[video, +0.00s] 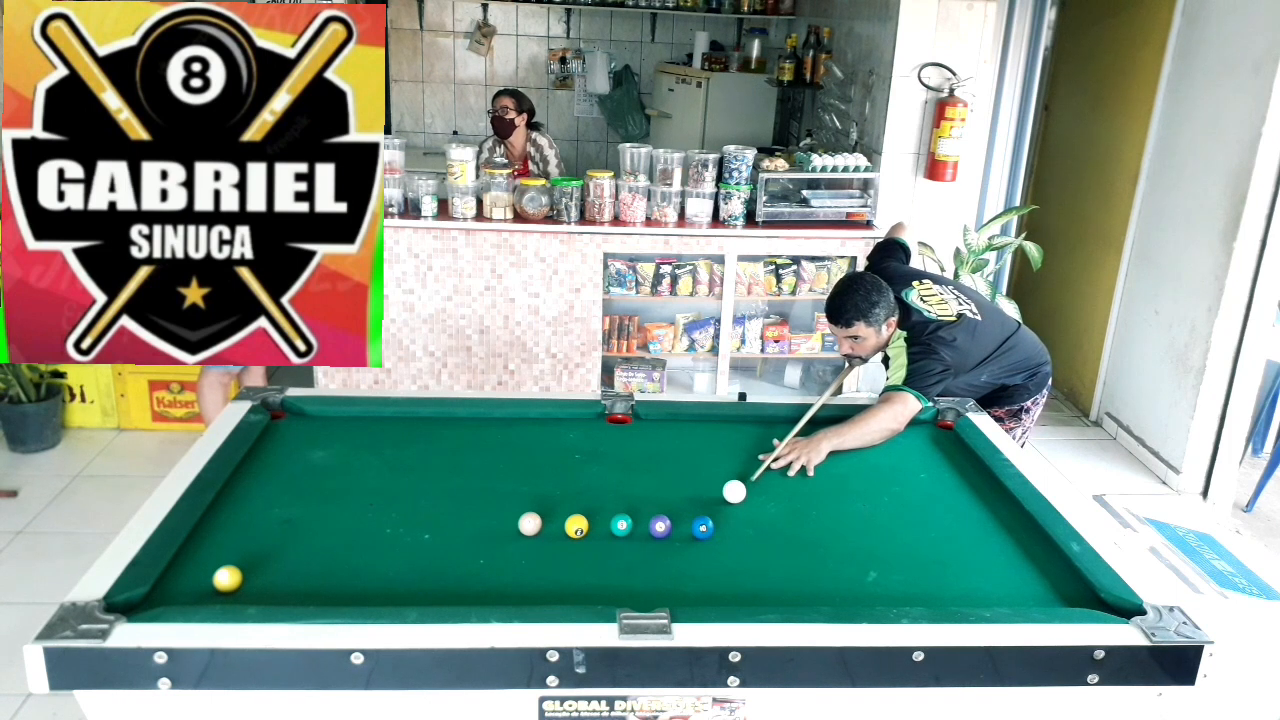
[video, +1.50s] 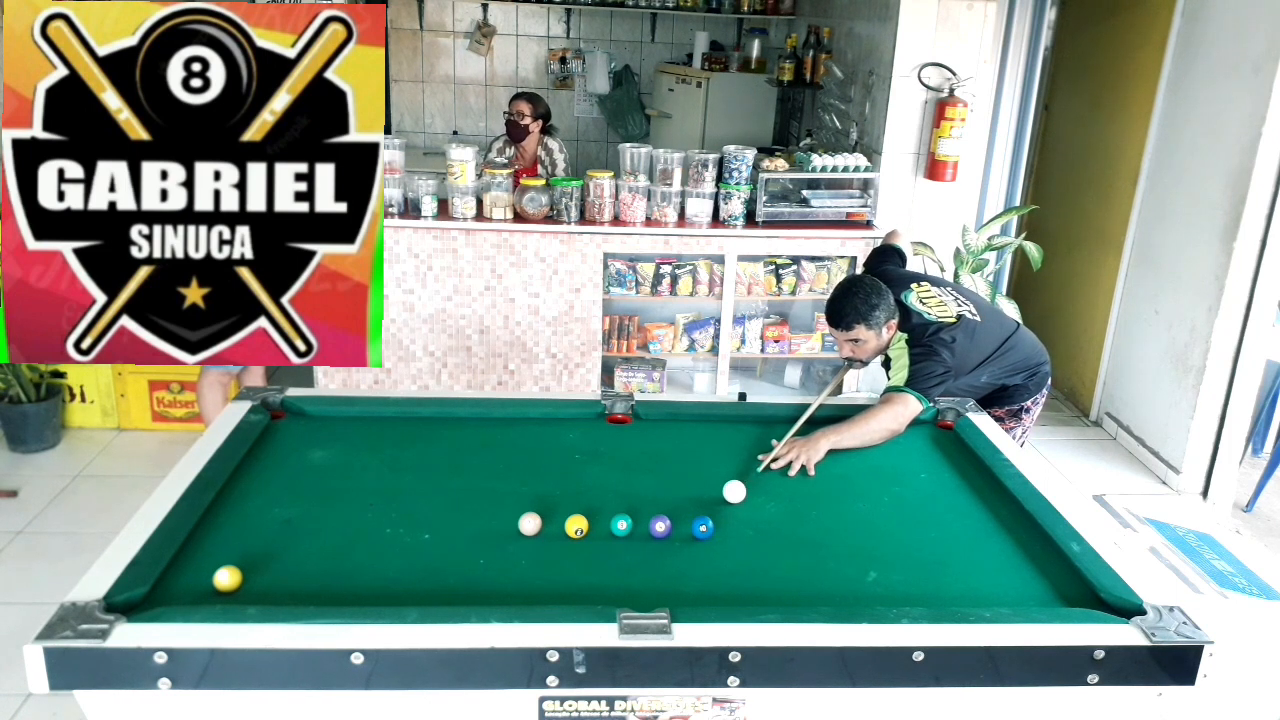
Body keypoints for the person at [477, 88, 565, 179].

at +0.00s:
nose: (496, 116)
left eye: (503, 111)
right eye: (494, 112)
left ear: (522, 119)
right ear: (491, 115)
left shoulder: (542, 143)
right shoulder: (488, 147)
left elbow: (558, 184)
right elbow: (483, 186)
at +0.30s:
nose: (500, 118)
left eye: (508, 112)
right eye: (498, 112)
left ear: (526, 120)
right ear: (495, 115)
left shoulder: (545, 145)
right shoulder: (492, 146)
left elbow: (558, 185)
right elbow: (483, 183)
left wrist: (525, 183)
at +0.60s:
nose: (505, 120)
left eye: (513, 115)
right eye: (504, 114)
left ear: (532, 123)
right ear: (500, 116)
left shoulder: (550, 146)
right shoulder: (495, 146)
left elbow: (562, 187)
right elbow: (483, 183)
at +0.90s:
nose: (509, 121)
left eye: (517, 116)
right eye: (508, 116)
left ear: (535, 125)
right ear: (505, 117)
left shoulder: (552, 147)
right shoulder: (498, 146)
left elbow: (564, 188)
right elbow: (484, 182)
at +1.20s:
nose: (511, 121)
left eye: (519, 116)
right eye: (509, 115)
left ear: (537, 126)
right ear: (506, 117)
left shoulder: (553, 147)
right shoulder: (498, 146)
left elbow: (564, 188)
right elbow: (485, 182)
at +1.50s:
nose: (511, 120)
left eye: (519, 115)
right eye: (510, 115)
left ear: (537, 125)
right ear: (506, 116)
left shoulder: (553, 147)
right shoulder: (499, 145)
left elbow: (564, 188)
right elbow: (485, 182)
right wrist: (507, 170)